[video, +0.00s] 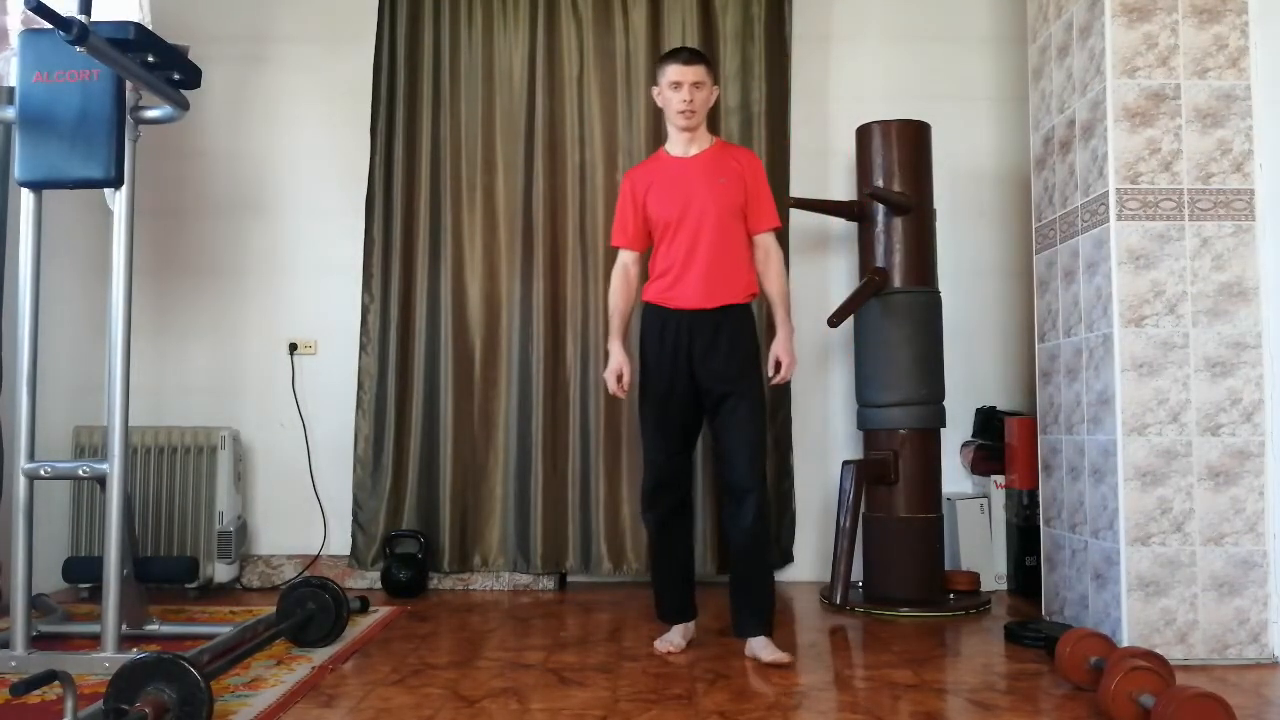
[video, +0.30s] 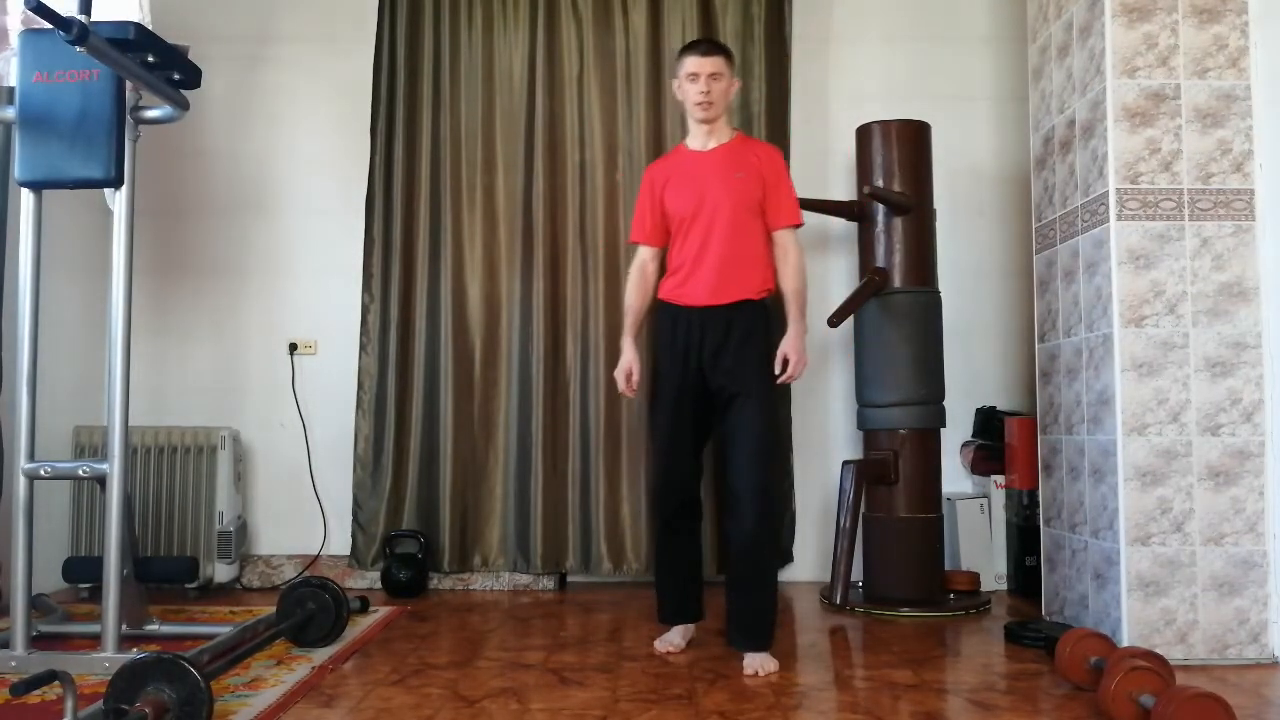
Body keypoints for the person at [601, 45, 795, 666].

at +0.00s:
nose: (685, 95)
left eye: (695, 85)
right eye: (674, 86)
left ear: (714, 94)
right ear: (657, 96)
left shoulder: (744, 166)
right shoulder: (640, 179)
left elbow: (768, 251)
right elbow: (627, 266)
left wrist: (783, 329)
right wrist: (615, 342)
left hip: (734, 332)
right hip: (664, 335)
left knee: (744, 482)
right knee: (665, 482)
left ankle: (754, 629)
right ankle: (679, 617)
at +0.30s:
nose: (703, 87)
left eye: (714, 77)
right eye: (692, 78)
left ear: (734, 87)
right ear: (677, 89)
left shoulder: (763, 159)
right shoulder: (660, 172)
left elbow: (787, 246)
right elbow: (646, 261)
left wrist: (795, 327)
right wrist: (629, 340)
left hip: (751, 331)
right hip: (677, 332)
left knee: (752, 487)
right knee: (673, 480)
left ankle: (753, 639)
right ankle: (680, 615)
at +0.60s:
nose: (666, 122)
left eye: (676, 114)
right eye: (657, 115)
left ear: (693, 128)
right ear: (642, 129)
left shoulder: (714, 193)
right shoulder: (622, 199)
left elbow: (731, 273)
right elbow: (602, 269)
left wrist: (728, 338)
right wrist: (584, 293)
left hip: (697, 339)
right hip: (634, 338)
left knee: (707, 474)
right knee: (618, 471)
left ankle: (713, 602)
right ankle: (608, 598)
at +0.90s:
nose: (664, 123)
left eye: (674, 115)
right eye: (655, 116)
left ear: (691, 128)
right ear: (641, 129)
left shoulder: (712, 193)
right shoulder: (623, 194)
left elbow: (732, 271)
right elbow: (590, 265)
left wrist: (733, 332)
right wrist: (595, 197)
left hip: (696, 338)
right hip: (634, 337)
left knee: (707, 474)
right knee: (616, 471)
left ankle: (713, 602)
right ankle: (608, 598)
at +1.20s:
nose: (667, 125)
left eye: (677, 117)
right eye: (657, 117)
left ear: (693, 129)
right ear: (643, 129)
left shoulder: (713, 194)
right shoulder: (623, 194)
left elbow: (731, 274)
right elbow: (591, 266)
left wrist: (734, 340)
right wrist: (593, 200)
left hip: (697, 338)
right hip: (634, 337)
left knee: (707, 474)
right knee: (616, 470)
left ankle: (712, 601)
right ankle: (608, 598)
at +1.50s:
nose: (668, 124)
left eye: (678, 116)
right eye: (658, 116)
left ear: (694, 127)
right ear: (643, 127)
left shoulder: (714, 194)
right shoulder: (622, 196)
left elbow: (732, 275)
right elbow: (593, 272)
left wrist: (733, 341)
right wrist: (585, 228)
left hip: (698, 339)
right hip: (636, 338)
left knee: (707, 474)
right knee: (618, 471)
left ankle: (713, 601)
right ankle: (608, 598)